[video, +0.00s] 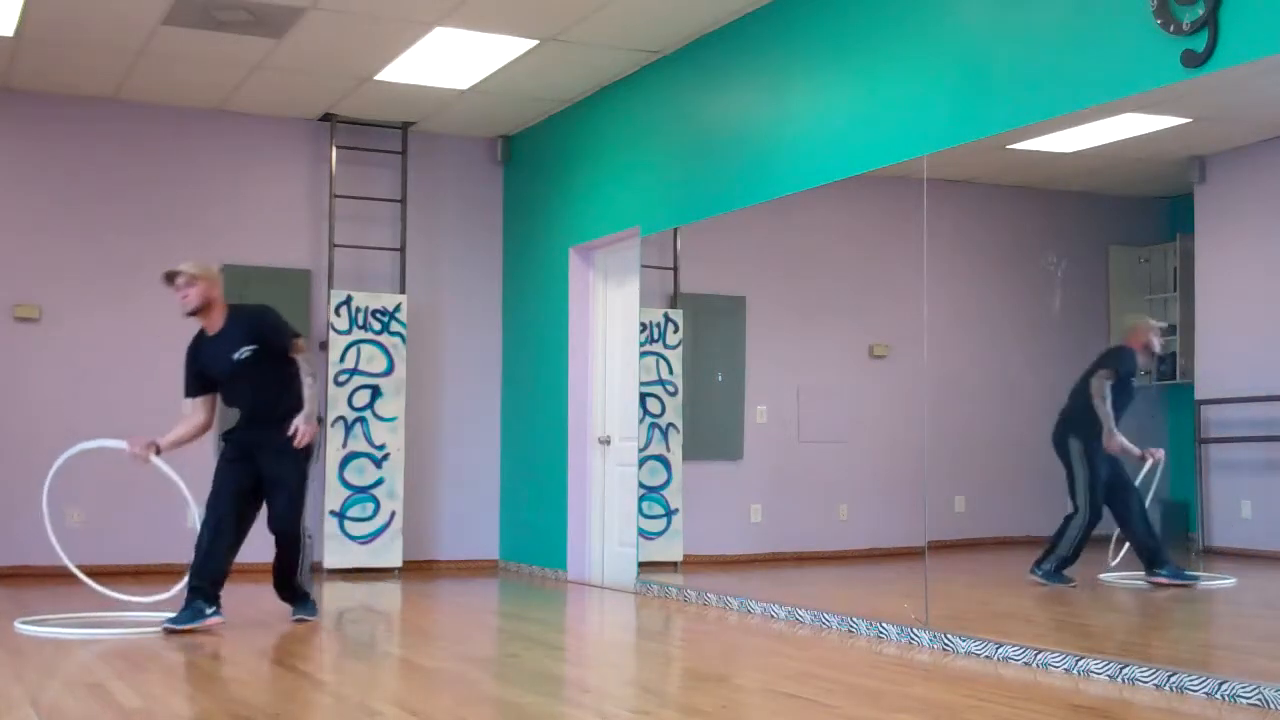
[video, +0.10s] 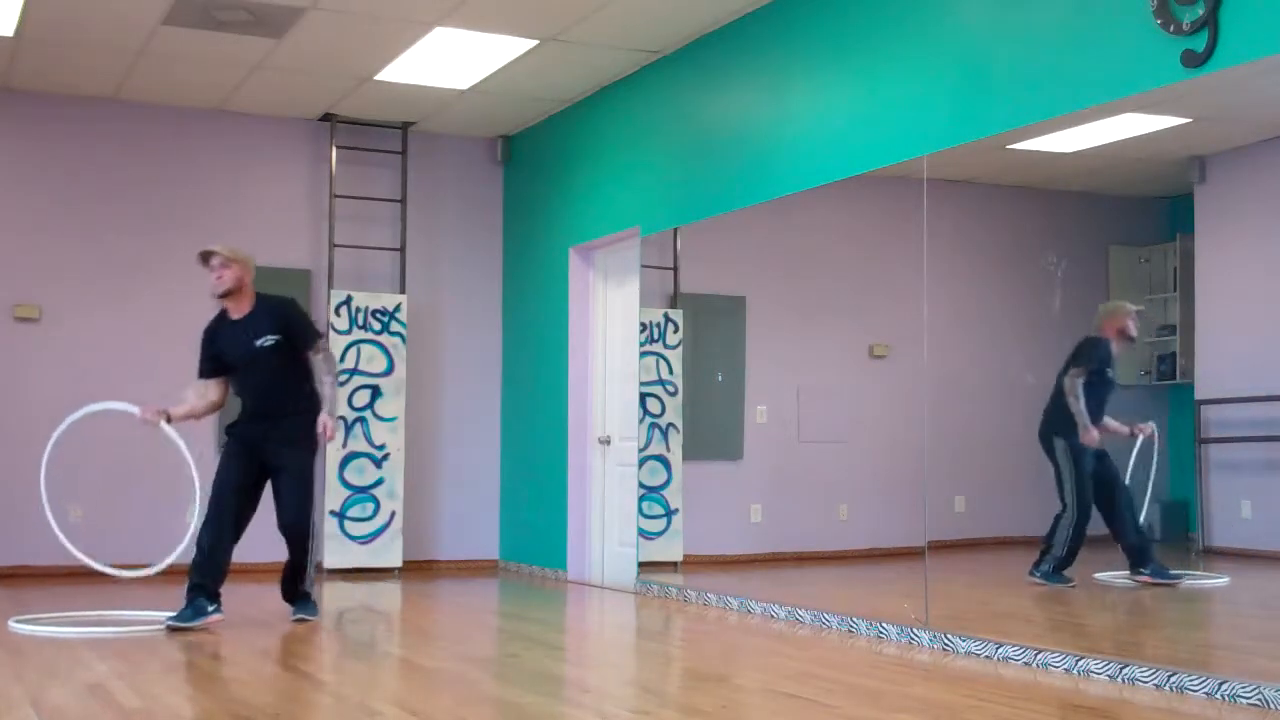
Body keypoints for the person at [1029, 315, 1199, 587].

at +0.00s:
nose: (1159, 342)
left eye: (1159, 336)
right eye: (1155, 335)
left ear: (1138, 339)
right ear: (1138, 336)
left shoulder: (1127, 372)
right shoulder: (1123, 355)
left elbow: (1108, 430)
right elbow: (1099, 384)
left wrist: (1139, 452)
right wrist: (1109, 430)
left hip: (1093, 442)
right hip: (1076, 436)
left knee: (1128, 502)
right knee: (1087, 509)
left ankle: (1158, 566)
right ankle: (1047, 567)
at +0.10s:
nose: (1135, 326)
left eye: (1134, 320)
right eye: (1131, 319)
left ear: (1118, 324)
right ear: (1115, 321)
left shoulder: (1105, 361)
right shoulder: (1095, 346)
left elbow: (1094, 417)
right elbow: (1071, 382)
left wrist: (1130, 430)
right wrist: (1084, 425)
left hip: (1084, 437)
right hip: (1063, 433)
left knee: (1117, 496)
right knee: (1077, 505)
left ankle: (1143, 563)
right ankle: (1047, 566)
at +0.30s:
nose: (1093, 302)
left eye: (1093, 297)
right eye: (1086, 296)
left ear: (1090, 305)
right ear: (1070, 300)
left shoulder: (1084, 346)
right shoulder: (1052, 332)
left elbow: (1088, 394)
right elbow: (1026, 369)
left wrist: (1126, 393)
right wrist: (1027, 413)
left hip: (1072, 424)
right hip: (1049, 424)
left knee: (1089, 493)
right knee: (1059, 498)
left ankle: (1098, 561)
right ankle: (1044, 566)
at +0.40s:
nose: (1077, 298)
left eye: (1078, 293)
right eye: (1070, 293)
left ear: (1076, 301)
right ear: (1053, 300)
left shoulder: (1076, 342)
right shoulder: (1036, 333)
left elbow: (1085, 390)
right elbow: (1007, 373)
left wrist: (1126, 382)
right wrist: (1005, 413)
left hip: (1067, 425)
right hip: (1041, 425)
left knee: (1077, 495)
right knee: (1054, 497)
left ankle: (1073, 558)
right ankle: (1042, 566)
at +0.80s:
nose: (1050, 304)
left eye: (1051, 300)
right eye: (1043, 300)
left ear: (1054, 306)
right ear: (1027, 304)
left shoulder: (1059, 345)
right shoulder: (1008, 339)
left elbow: (1082, 387)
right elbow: (988, 382)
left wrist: (1093, 375)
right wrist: (987, 422)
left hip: (1044, 426)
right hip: (1013, 426)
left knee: (1035, 494)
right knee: (1016, 492)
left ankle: (1032, 558)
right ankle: (1014, 561)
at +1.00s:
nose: (1039, 305)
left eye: (1041, 300)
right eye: (1033, 300)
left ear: (1043, 306)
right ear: (1018, 305)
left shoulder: (1049, 345)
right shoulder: (996, 339)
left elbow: (1065, 382)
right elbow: (977, 379)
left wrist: (1078, 390)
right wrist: (974, 418)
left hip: (1035, 427)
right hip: (1001, 426)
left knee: (1032, 498)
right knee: (993, 496)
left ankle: (1028, 560)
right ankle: (977, 562)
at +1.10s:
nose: (1032, 305)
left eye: (1034, 301)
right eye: (1026, 301)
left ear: (1036, 307)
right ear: (1011, 305)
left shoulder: (1044, 345)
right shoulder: (989, 339)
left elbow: (1060, 382)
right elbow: (971, 379)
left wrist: (1072, 397)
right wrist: (969, 416)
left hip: (1030, 430)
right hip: (994, 429)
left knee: (1027, 499)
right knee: (983, 497)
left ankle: (1028, 559)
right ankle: (966, 560)